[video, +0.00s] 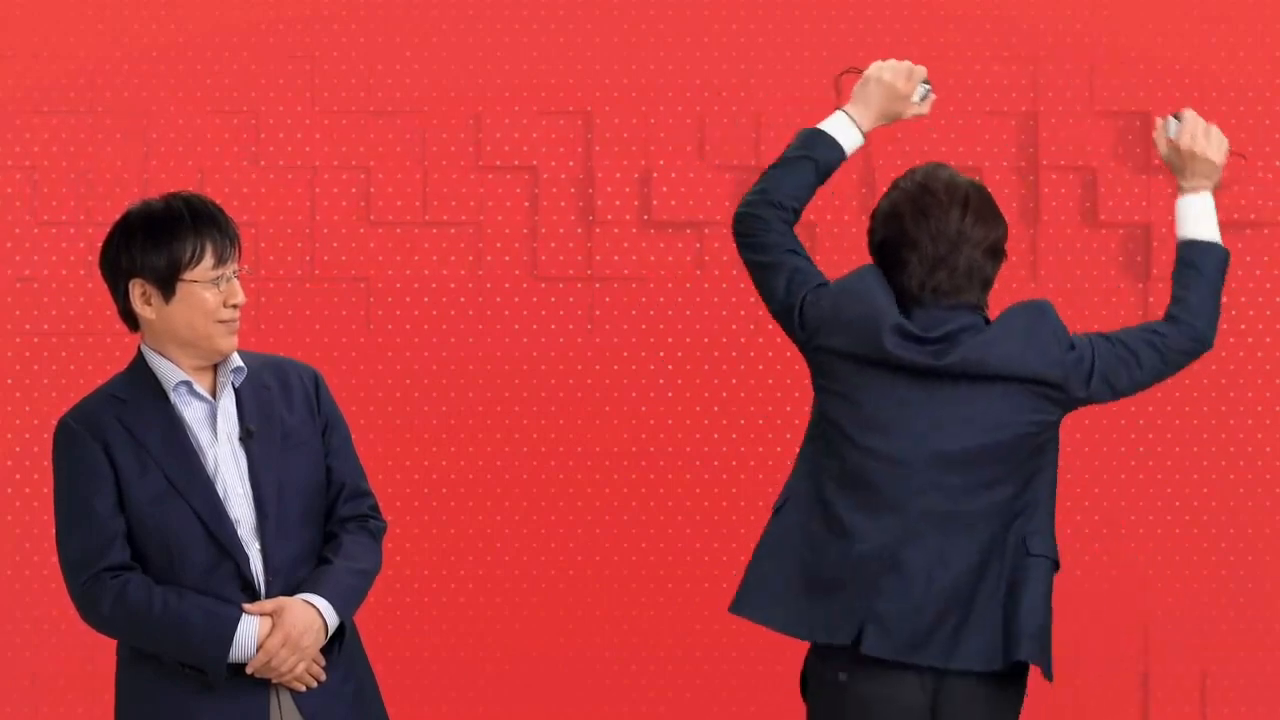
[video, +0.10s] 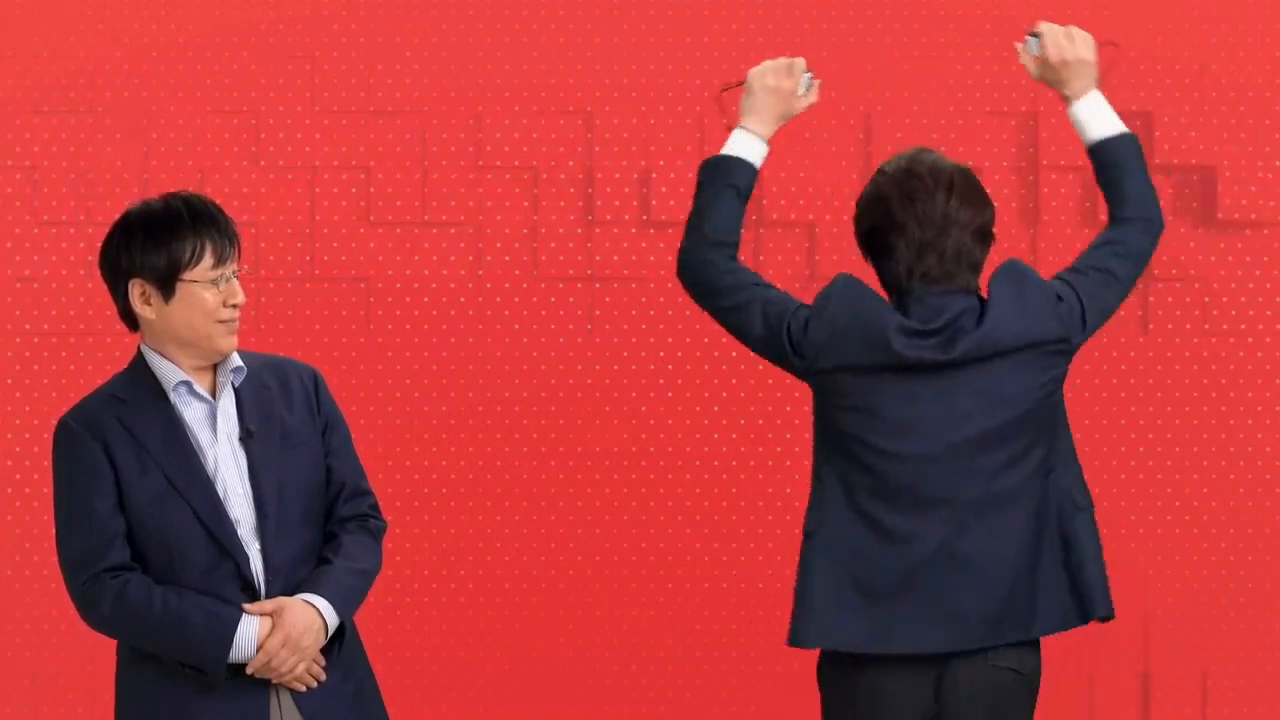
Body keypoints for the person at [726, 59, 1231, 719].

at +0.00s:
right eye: (997, 251)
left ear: (882, 258)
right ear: (991, 265)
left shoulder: (839, 333)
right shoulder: (1041, 362)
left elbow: (760, 220)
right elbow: (1190, 329)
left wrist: (853, 119)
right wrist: (1198, 190)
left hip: (855, 672)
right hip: (984, 681)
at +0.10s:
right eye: (981, 229)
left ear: (876, 258)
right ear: (982, 244)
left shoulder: (836, 340)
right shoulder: (1039, 328)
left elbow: (705, 264)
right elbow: (1138, 221)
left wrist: (753, 128)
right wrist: (1085, 94)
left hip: (869, 662)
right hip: (999, 659)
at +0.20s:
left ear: (872, 272)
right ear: (979, 256)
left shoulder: (841, 377)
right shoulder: (1028, 324)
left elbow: (677, 361)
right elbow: (1043, 182)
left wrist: (666, 221)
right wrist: (933, 94)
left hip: (890, 686)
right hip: (1014, 671)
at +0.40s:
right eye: (990, 236)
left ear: (884, 258)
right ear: (993, 250)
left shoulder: (832, 338)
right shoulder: (1037, 333)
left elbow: (690, 273)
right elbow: (1118, 210)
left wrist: (715, 140)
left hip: (847, 667)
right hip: (976, 666)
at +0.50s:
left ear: (889, 250)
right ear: (1003, 270)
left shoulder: (836, 315)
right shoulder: (1039, 362)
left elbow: (747, 199)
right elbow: (1180, 295)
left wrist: (829, 90)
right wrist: (1157, 151)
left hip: (817, 655)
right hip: (945, 670)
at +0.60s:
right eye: (1009, 275)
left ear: (900, 263)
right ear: (1007, 290)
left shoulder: (846, 323)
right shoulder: (1032, 398)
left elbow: (808, 186)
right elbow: (1197, 382)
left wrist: (929, 112)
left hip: (801, 664)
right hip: (925, 688)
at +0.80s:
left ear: (894, 250)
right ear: (1003, 273)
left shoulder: (839, 317)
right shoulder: (1036, 376)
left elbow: (767, 187)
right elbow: (1189, 322)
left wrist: (861, 91)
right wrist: (1182, 172)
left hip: (813, 662)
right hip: (940, 678)